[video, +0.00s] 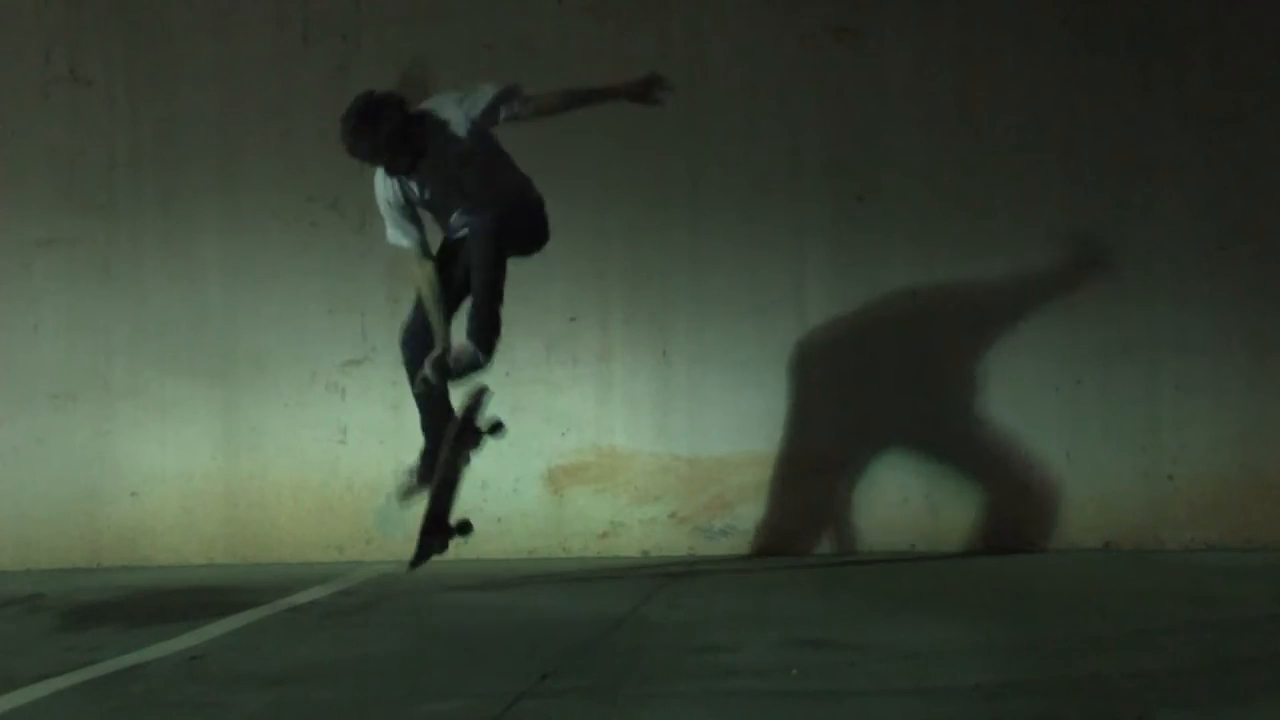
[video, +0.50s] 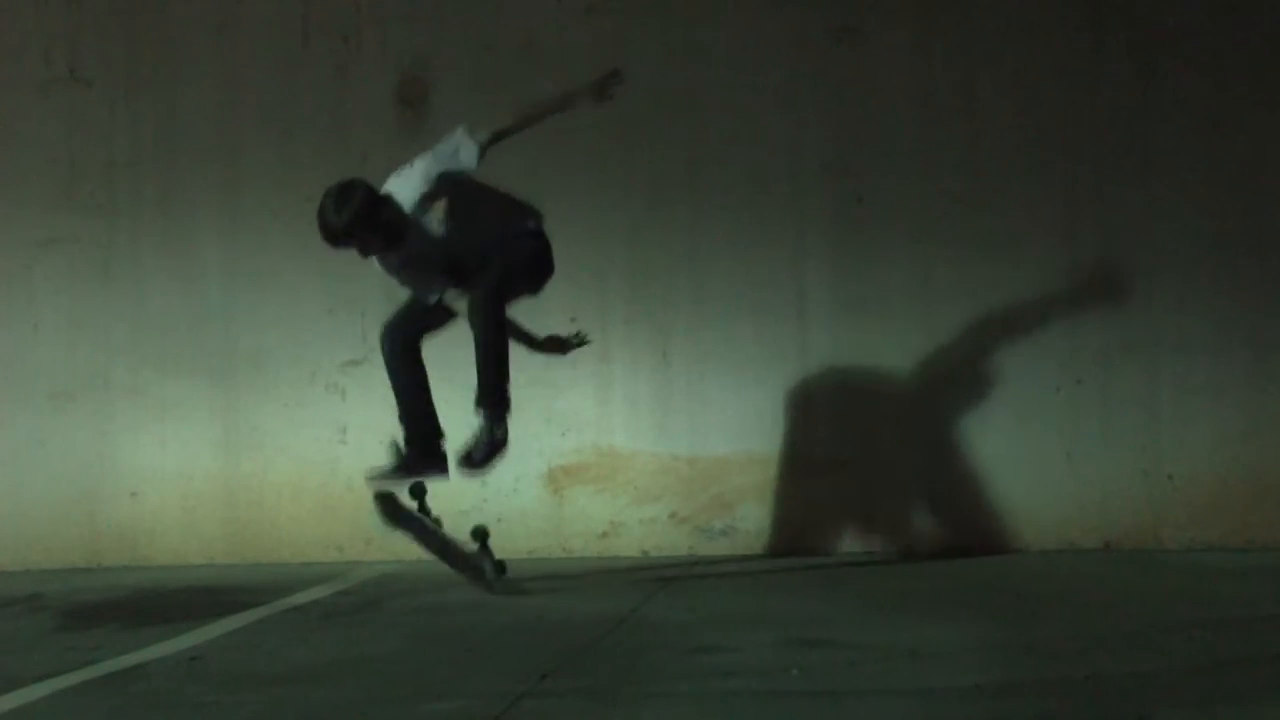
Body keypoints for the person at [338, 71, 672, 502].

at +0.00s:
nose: (389, 165)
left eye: (389, 153)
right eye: (379, 160)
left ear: (403, 129)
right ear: (375, 154)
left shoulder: (453, 113)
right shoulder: (390, 184)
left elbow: (536, 104)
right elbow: (421, 261)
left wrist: (624, 91)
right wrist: (442, 345)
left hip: (520, 221)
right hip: (466, 241)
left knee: (482, 226)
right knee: (414, 339)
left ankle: (479, 345)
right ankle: (441, 443)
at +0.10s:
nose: (386, 192)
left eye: (384, 179)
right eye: (377, 187)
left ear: (397, 156)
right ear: (374, 184)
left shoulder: (442, 122)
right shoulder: (397, 208)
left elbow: (528, 91)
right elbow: (449, 270)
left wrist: (611, 73)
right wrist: (475, 363)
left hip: (526, 203)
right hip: (467, 231)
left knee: (483, 189)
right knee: (393, 302)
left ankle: (472, 313)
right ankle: (423, 404)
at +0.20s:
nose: (379, 205)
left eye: (377, 193)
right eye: (371, 200)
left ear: (392, 170)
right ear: (374, 194)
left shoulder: (434, 130)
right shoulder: (401, 221)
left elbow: (520, 93)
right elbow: (461, 279)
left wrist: (602, 67)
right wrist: (504, 357)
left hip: (527, 202)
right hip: (468, 236)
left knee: (481, 186)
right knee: (386, 287)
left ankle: (475, 314)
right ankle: (420, 395)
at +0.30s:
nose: (375, 222)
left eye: (372, 211)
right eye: (367, 217)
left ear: (388, 186)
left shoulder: (431, 147)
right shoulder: (404, 235)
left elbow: (511, 100)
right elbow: (477, 276)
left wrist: (589, 66)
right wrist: (540, 334)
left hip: (527, 210)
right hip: (472, 241)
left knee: (483, 207)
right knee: (381, 281)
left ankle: (481, 343)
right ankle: (413, 395)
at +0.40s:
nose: (367, 231)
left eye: (365, 220)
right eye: (359, 226)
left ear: (381, 196)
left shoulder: (428, 155)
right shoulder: (402, 239)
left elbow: (504, 108)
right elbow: (470, 278)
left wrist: (584, 73)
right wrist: (544, 329)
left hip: (526, 217)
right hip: (471, 245)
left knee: (480, 229)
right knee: (384, 291)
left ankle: (484, 363)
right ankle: (413, 406)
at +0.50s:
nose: (364, 251)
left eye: (361, 239)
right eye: (356, 246)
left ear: (374, 218)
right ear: (358, 242)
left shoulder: (420, 179)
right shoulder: (393, 260)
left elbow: (497, 134)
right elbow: (457, 296)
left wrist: (583, 96)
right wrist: (534, 342)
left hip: (522, 247)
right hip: (471, 274)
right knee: (397, 335)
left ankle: (493, 426)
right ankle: (424, 451)